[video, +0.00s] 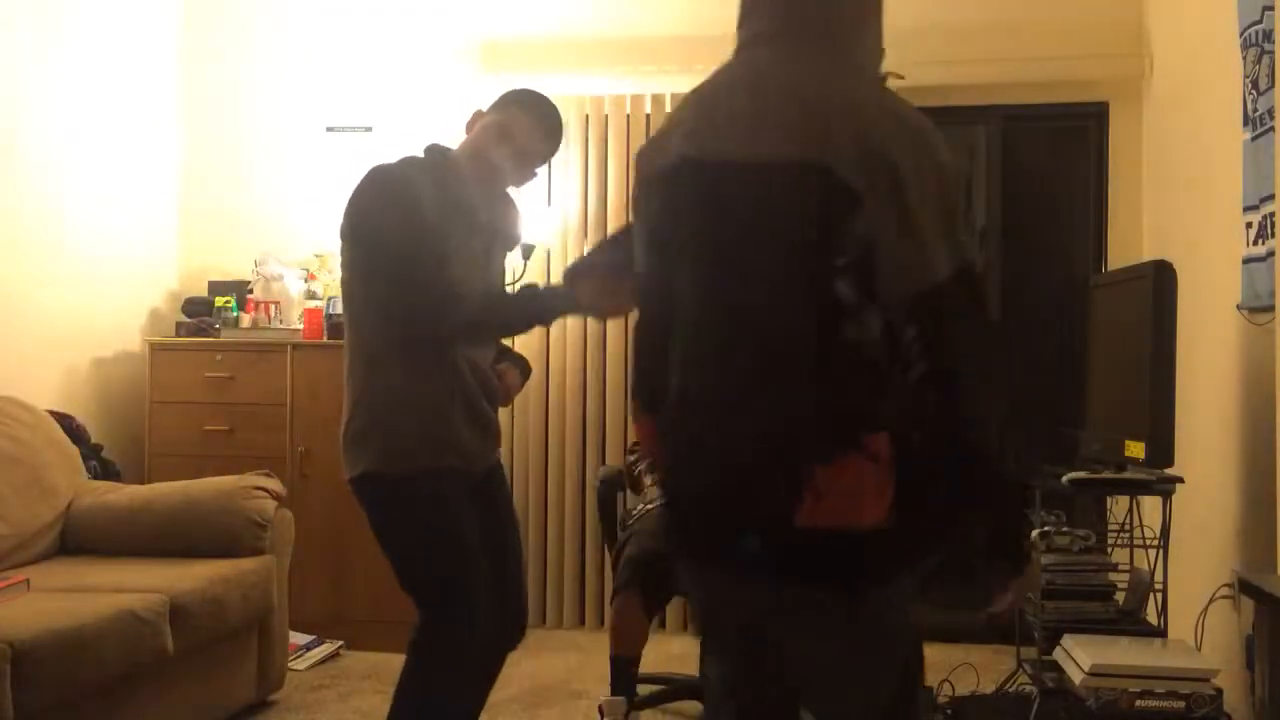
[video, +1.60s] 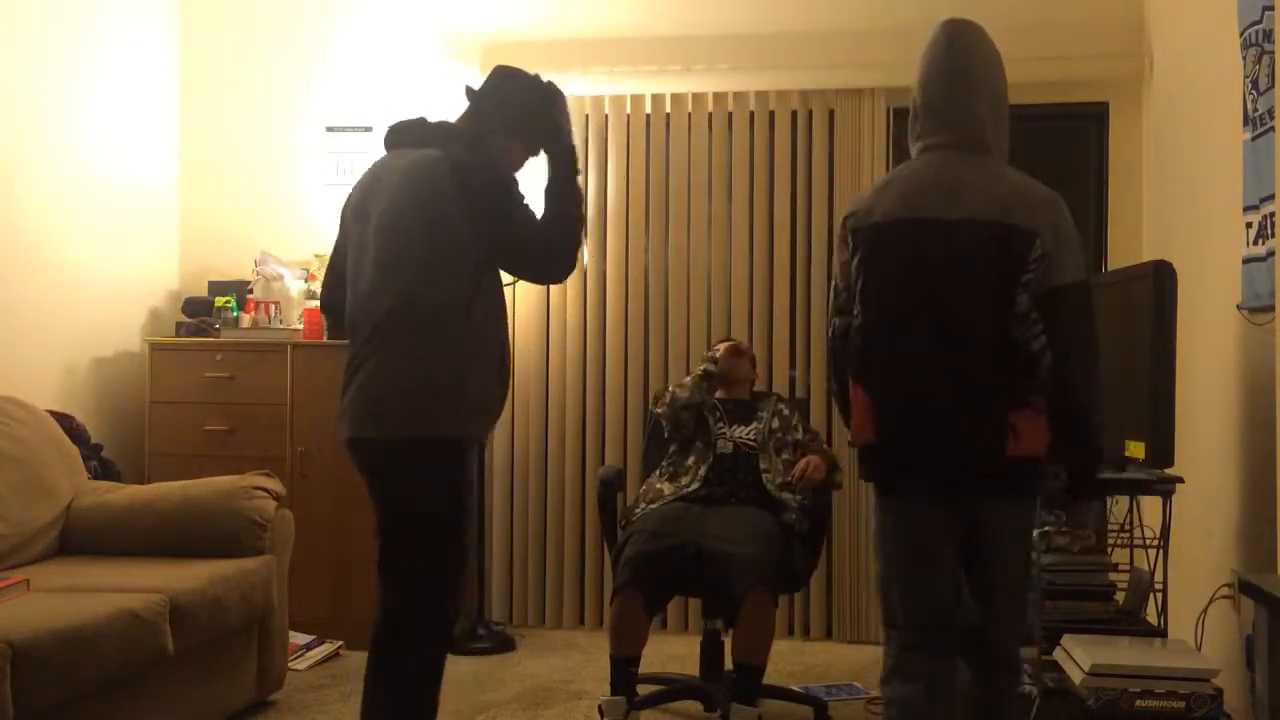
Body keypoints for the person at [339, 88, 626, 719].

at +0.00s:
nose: (512, 162)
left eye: (528, 162)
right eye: (507, 138)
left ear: (530, 172)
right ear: (476, 120)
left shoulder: (491, 221)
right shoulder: (396, 186)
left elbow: (474, 319)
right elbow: (434, 312)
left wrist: (508, 363)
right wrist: (566, 297)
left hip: (467, 445)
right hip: (401, 446)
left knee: (501, 619)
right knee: (460, 619)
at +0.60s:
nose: (544, 174)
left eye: (559, 173)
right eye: (547, 151)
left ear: (560, 176)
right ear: (521, 115)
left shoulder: (515, 216)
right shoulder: (423, 167)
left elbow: (478, 311)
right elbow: (468, 285)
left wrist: (509, 362)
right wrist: (599, 278)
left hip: (451, 439)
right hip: (387, 433)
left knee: (470, 615)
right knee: (436, 612)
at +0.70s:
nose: (535, 158)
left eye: (553, 160)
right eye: (539, 135)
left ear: (555, 170)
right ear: (516, 106)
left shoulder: (509, 208)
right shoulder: (423, 154)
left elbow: (486, 313)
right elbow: (516, 231)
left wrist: (510, 354)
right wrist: (614, 173)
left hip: (451, 433)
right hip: (387, 428)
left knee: (454, 614)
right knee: (420, 612)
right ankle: (400, 713)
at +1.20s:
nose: (542, 182)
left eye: (552, 171)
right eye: (549, 165)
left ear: (508, 125)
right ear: (522, 132)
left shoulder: (453, 176)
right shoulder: (437, 167)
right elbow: (554, 245)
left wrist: (476, 340)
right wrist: (609, 147)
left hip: (431, 431)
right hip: (385, 430)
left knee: (477, 585)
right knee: (395, 599)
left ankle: (434, 712)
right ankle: (389, 714)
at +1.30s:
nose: (539, 183)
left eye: (549, 172)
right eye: (545, 166)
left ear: (502, 127)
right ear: (513, 132)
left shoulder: (448, 177)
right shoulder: (438, 174)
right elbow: (557, 254)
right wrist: (605, 157)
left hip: (430, 433)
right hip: (388, 431)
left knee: (482, 583)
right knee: (397, 606)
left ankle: (435, 711)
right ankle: (390, 713)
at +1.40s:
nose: (537, 176)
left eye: (547, 164)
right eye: (542, 159)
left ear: (493, 122)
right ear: (509, 130)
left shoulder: (419, 171)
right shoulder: (452, 178)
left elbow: (546, 260)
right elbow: (558, 259)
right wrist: (595, 160)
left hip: (387, 427)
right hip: (408, 433)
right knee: (446, 588)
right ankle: (415, 712)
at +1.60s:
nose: (519, 166)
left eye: (527, 155)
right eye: (523, 151)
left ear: (471, 115)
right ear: (501, 129)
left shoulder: (375, 178)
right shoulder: (470, 173)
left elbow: (336, 308)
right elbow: (552, 259)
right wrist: (563, 154)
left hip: (375, 417)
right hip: (433, 422)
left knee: (406, 606)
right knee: (424, 611)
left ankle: (387, 713)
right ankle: (400, 715)